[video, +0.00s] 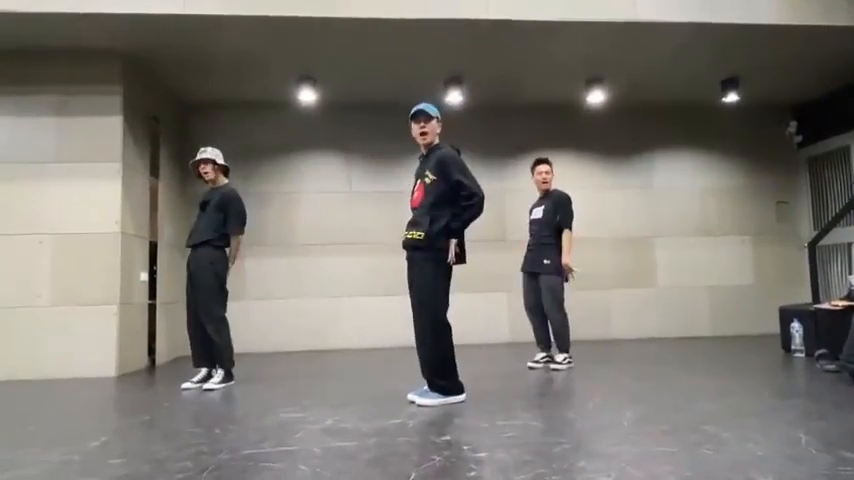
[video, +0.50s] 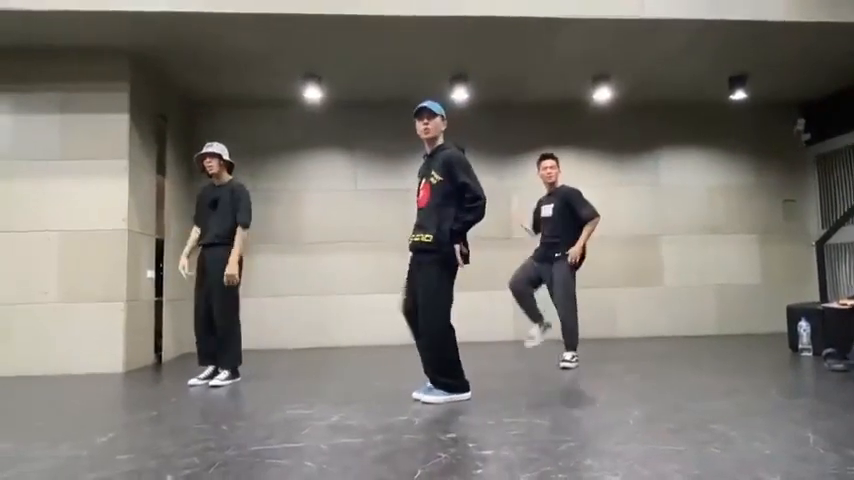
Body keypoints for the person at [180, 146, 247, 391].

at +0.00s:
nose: (203, 169)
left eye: (207, 164)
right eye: (200, 166)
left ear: (219, 166)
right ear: (199, 171)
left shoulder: (230, 195)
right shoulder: (210, 195)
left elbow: (236, 234)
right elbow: (208, 230)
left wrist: (230, 262)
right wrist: (225, 259)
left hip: (213, 254)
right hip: (197, 254)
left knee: (212, 313)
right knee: (196, 313)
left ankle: (224, 370)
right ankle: (204, 367)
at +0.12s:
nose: (204, 169)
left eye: (207, 164)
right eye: (201, 166)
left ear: (219, 166)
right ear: (200, 171)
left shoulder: (231, 194)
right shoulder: (210, 195)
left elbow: (235, 233)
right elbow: (211, 228)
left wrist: (233, 259)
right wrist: (228, 257)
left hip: (215, 254)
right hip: (198, 254)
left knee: (214, 314)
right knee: (197, 313)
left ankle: (225, 371)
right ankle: (206, 367)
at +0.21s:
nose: (204, 169)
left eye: (207, 164)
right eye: (201, 165)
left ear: (220, 166)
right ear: (201, 170)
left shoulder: (232, 195)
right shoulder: (210, 195)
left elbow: (236, 236)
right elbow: (207, 232)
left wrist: (234, 271)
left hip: (217, 256)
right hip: (199, 256)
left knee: (216, 314)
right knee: (198, 314)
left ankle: (226, 369)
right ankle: (207, 366)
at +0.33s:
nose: (205, 167)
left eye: (209, 162)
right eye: (203, 164)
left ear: (221, 164)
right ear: (202, 168)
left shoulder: (234, 193)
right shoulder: (209, 195)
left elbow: (240, 233)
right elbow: (202, 231)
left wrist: (237, 267)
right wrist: (190, 258)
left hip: (219, 256)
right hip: (202, 256)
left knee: (219, 313)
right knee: (200, 313)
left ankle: (227, 368)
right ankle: (208, 365)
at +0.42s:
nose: (206, 165)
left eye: (210, 160)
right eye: (203, 162)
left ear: (222, 162)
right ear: (202, 167)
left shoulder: (237, 192)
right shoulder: (206, 194)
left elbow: (243, 232)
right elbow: (199, 229)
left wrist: (236, 265)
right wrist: (185, 255)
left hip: (223, 255)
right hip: (204, 255)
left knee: (221, 312)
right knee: (202, 310)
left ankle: (228, 368)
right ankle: (210, 364)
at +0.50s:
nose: (207, 163)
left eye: (212, 159)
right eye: (205, 160)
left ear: (223, 161)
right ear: (203, 165)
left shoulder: (238, 190)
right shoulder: (205, 192)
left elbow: (242, 229)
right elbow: (198, 227)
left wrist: (233, 262)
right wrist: (185, 253)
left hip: (225, 254)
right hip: (206, 254)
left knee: (224, 311)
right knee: (204, 310)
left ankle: (229, 368)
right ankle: (210, 364)